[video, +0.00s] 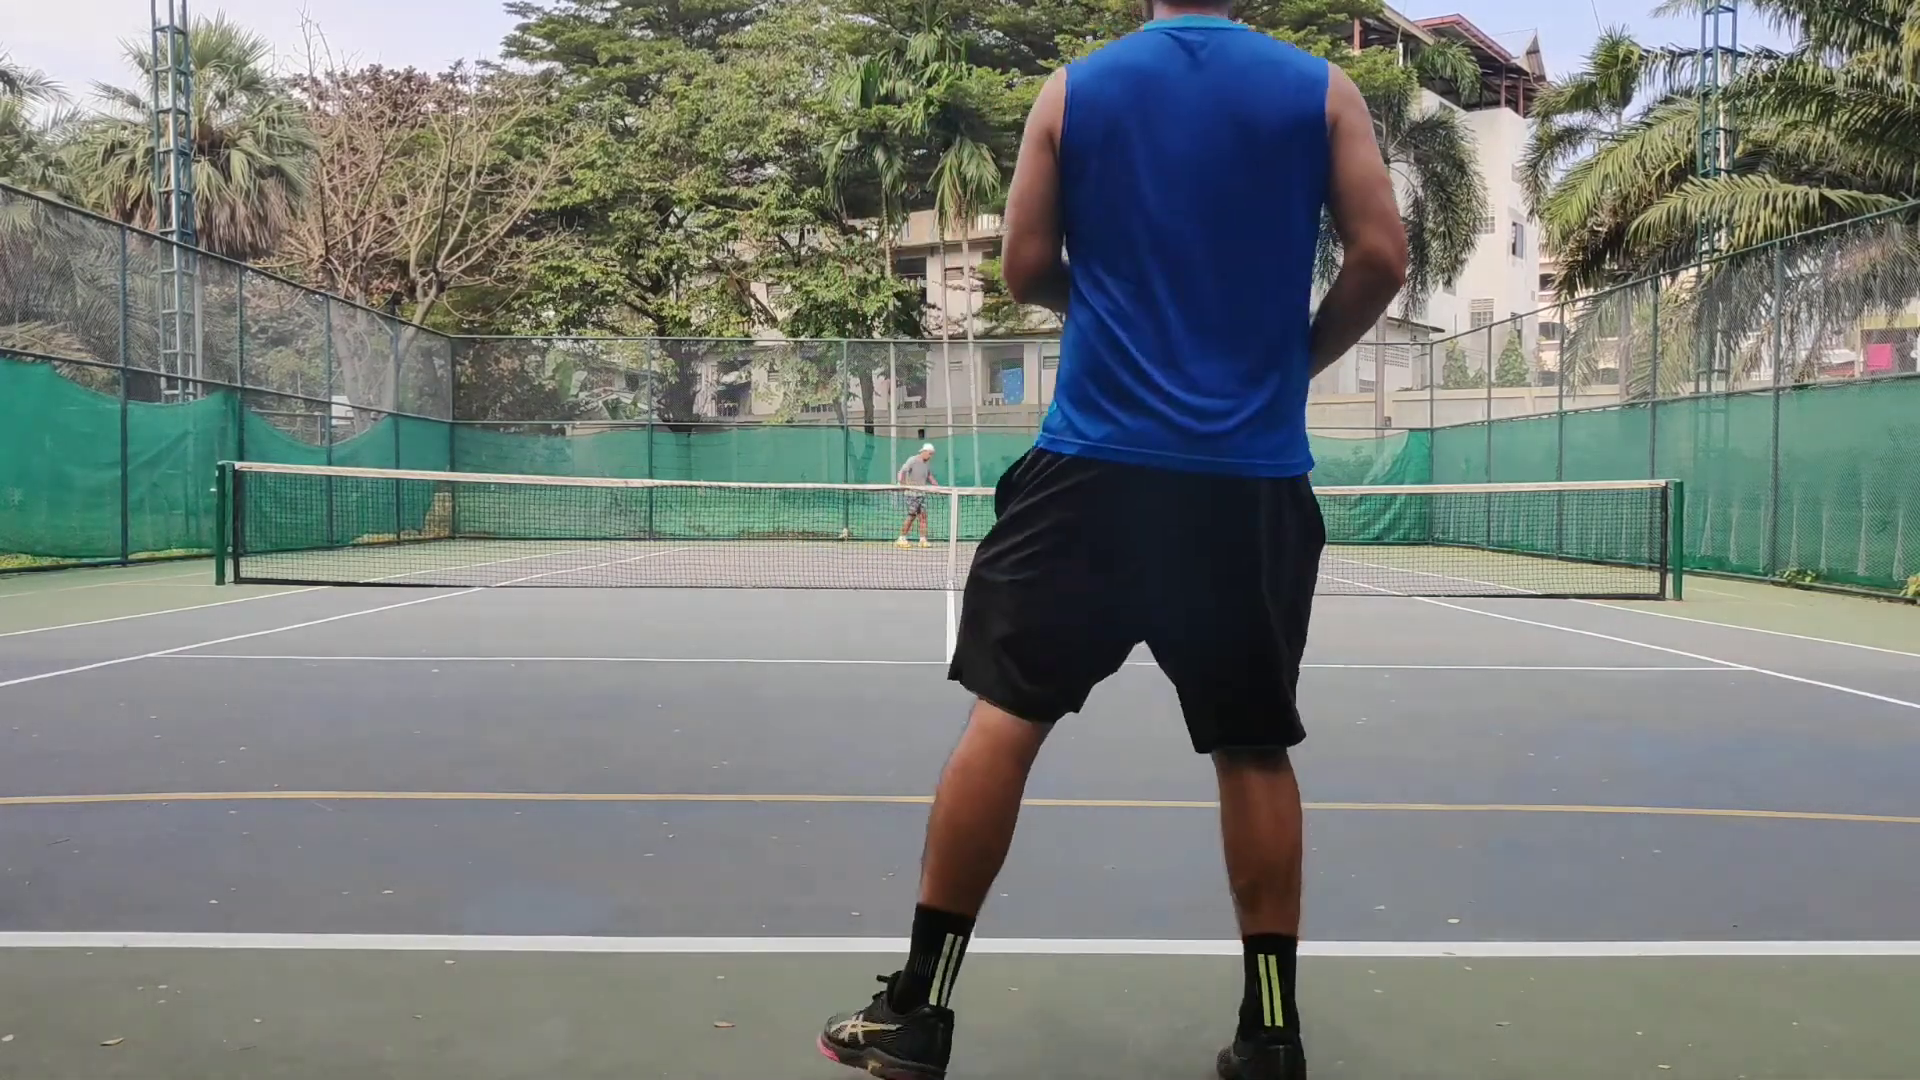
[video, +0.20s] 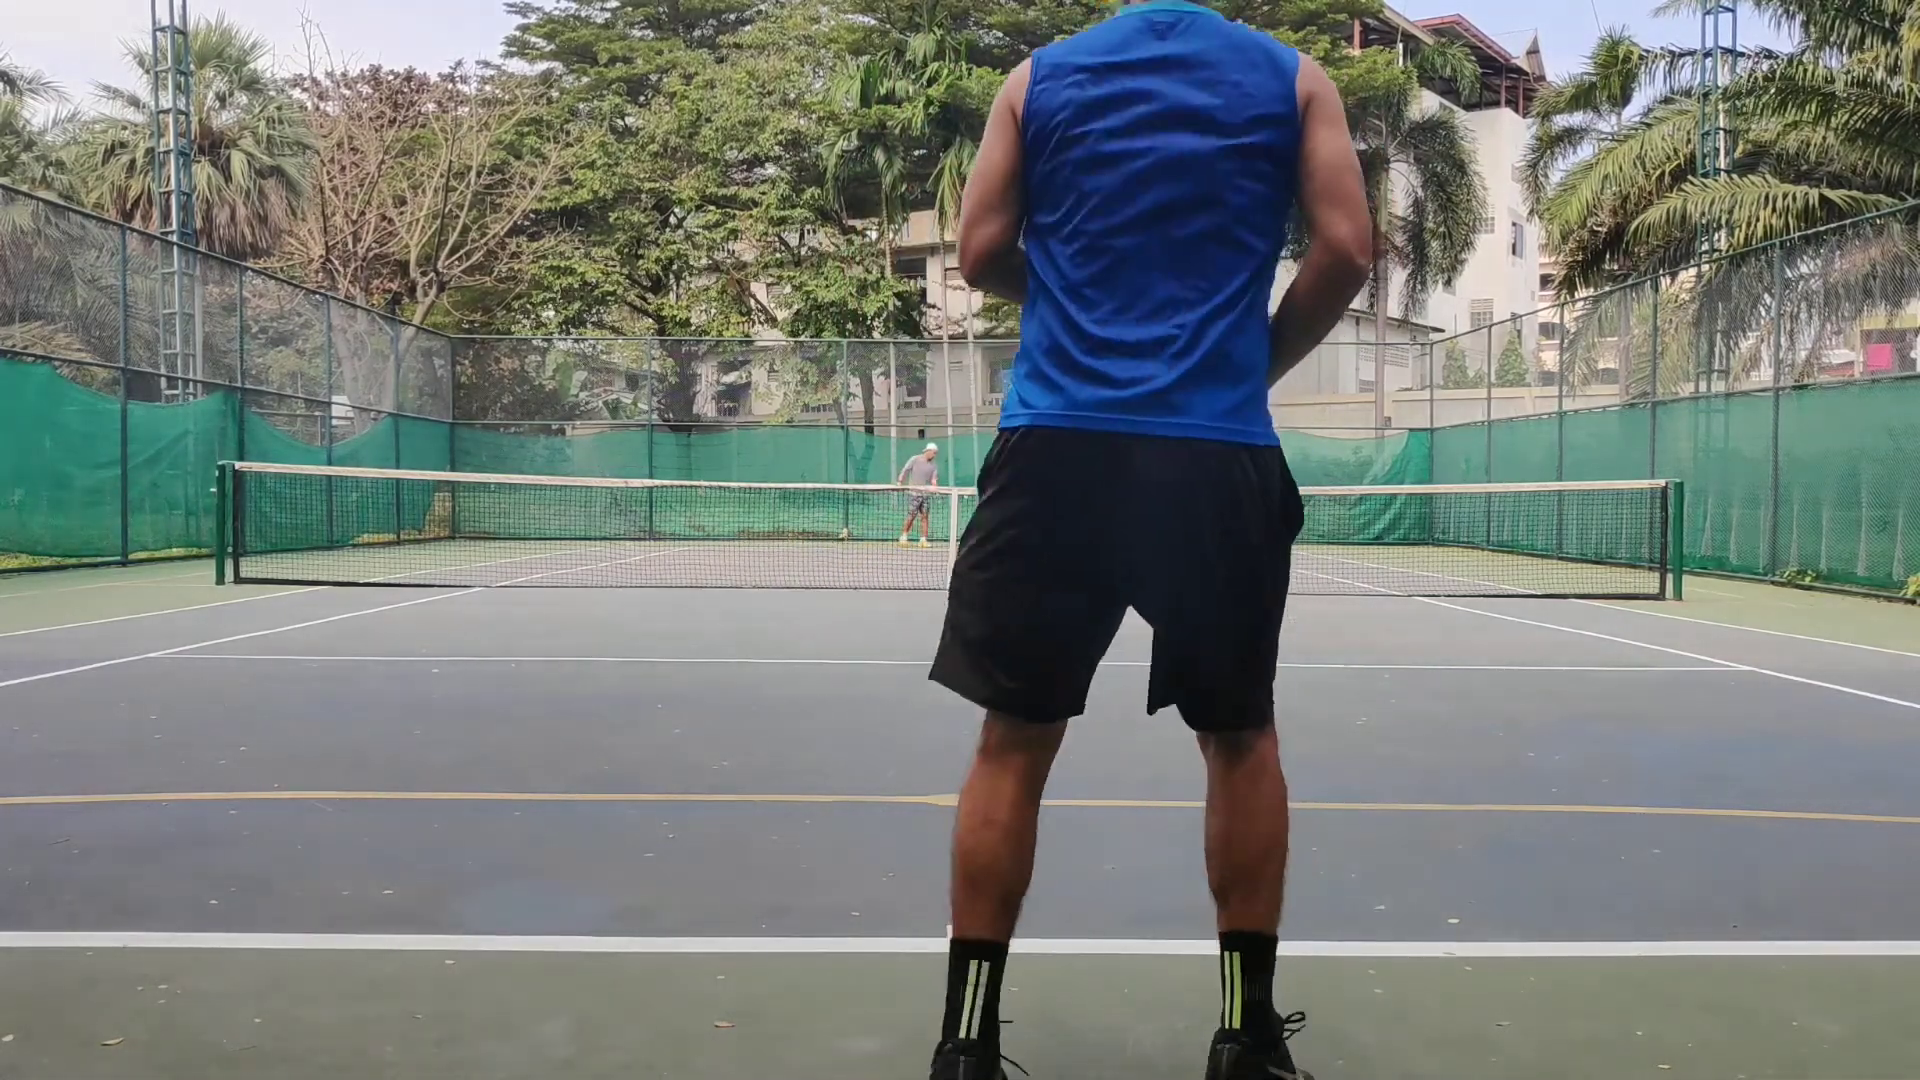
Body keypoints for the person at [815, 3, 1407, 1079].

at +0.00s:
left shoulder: (1071, 89)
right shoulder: (1323, 88)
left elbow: (1027, 268)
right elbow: (1382, 253)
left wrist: (1109, 286)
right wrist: (1306, 354)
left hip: (1092, 475)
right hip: (1250, 482)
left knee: (1005, 722)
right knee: (1255, 747)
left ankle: (918, 1004)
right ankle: (1272, 1030)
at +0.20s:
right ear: (1222, 2)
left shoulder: (1037, 76)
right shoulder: (1295, 78)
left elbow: (980, 251)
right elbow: (1347, 247)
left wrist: (1066, 284)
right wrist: (1261, 362)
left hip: (1059, 466)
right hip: (1219, 472)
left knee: (1011, 746)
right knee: (1241, 742)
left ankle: (968, 1034)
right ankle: (1250, 1026)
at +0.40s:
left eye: (1100, 15)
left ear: (1103, 10)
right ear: (1209, 8)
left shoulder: (1033, 112)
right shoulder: (1282, 97)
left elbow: (961, 276)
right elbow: (1327, 279)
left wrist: (1045, 312)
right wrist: (1242, 378)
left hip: (1044, 479)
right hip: (1208, 482)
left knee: (1006, 736)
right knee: (1299, 739)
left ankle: (955, 1027)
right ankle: (1281, 1036)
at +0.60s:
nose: (1134, 33)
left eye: (1128, 26)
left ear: (1127, 42)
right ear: (1239, 48)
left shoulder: (1051, 168)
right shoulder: (1303, 157)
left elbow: (976, 346)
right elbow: (1333, 352)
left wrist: (1070, 387)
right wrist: (1250, 443)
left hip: (1057, 537)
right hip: (1217, 539)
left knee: (1041, 762)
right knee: (1343, 792)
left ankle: (915, 1024)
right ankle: (1343, 1063)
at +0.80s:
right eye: (1238, 35)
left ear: (1122, 43)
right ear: (1238, 50)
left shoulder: (1063, 155)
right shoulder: (1239, 141)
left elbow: (1101, 326)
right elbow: (1242, 359)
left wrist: (1258, 387)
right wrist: (1240, 496)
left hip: (990, 522)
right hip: (1126, 522)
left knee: (1051, 777)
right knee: (1316, 770)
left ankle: (911, 1049)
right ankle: (1337, 1063)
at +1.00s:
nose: (1278, 51)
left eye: (1273, 39)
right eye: (1278, 35)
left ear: (1159, 26)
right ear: (1266, 35)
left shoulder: (1132, 117)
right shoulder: (1192, 102)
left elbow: (1239, 318)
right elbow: (1219, 287)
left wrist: (1408, 345)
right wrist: (1409, 371)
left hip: (981, 507)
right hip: (1076, 505)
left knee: (1057, 779)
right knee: (1294, 786)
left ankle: (903, 1047)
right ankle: (1288, 1076)